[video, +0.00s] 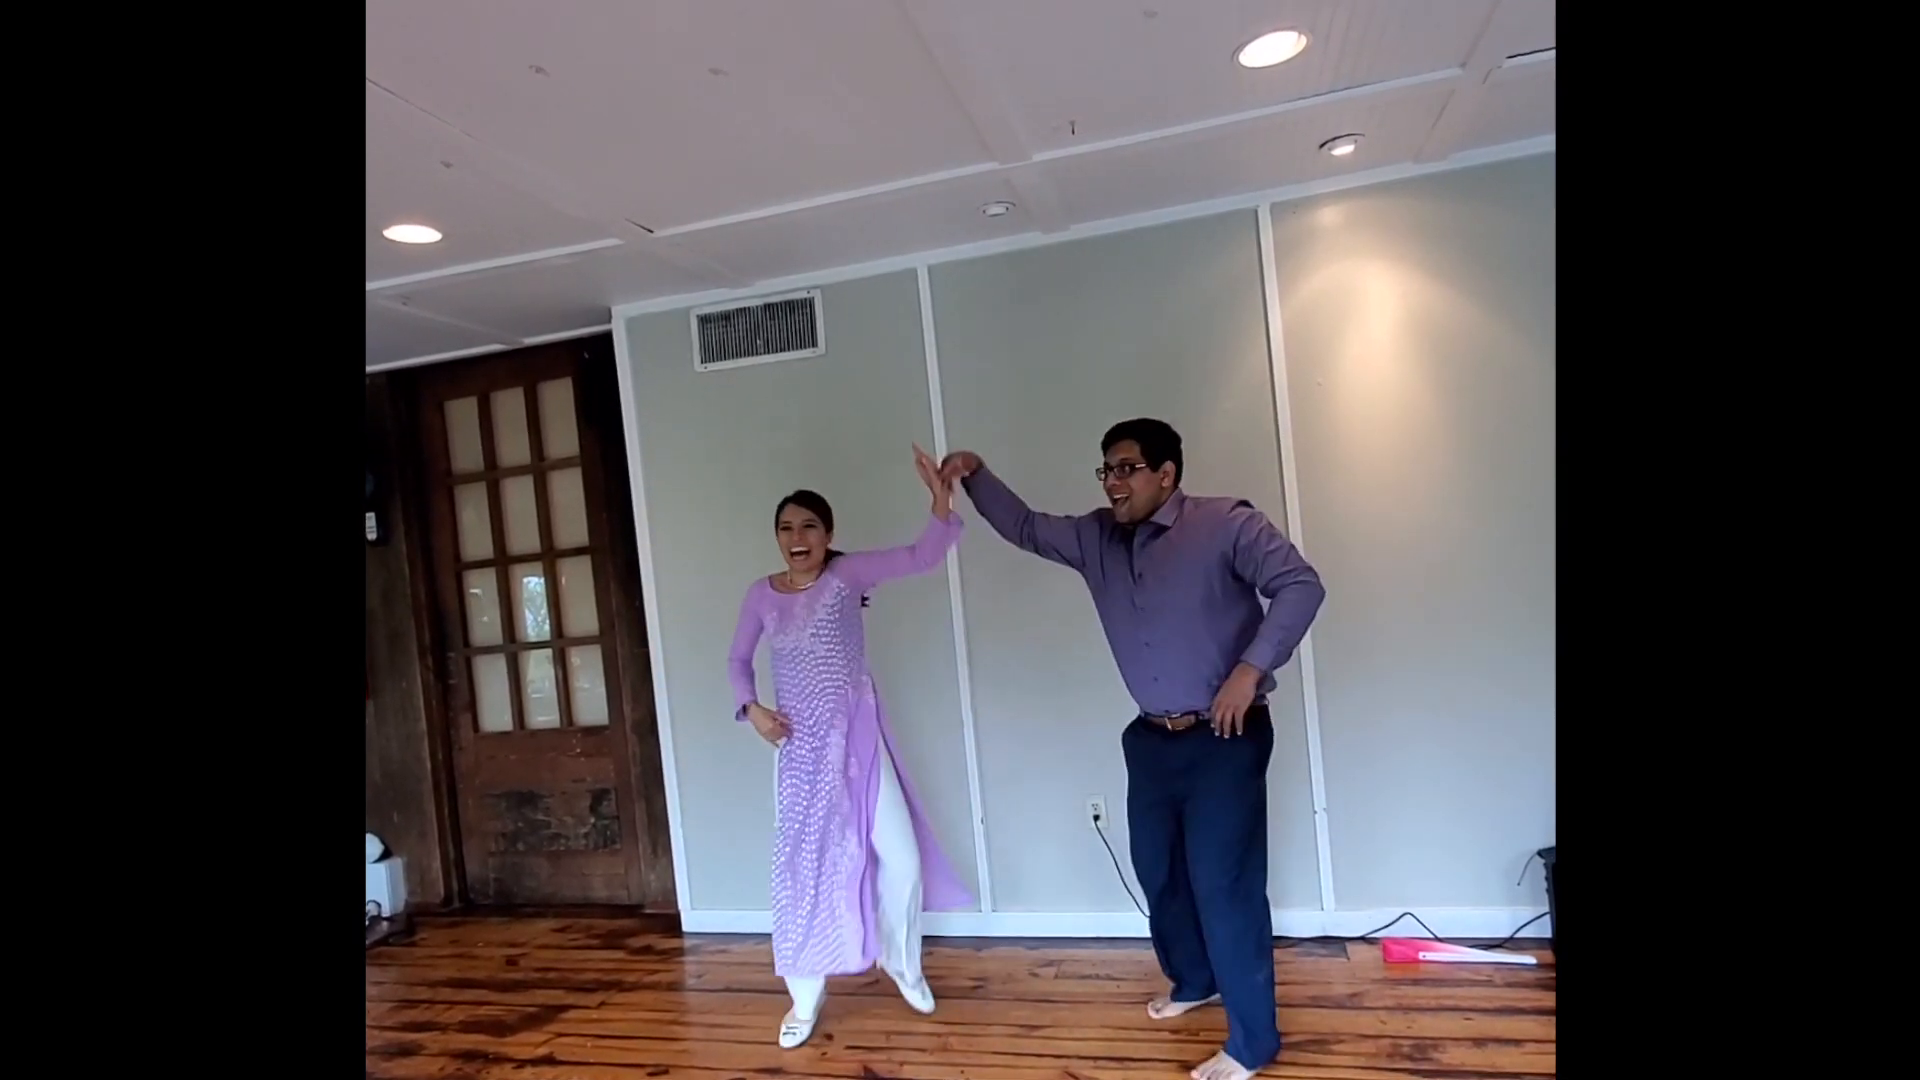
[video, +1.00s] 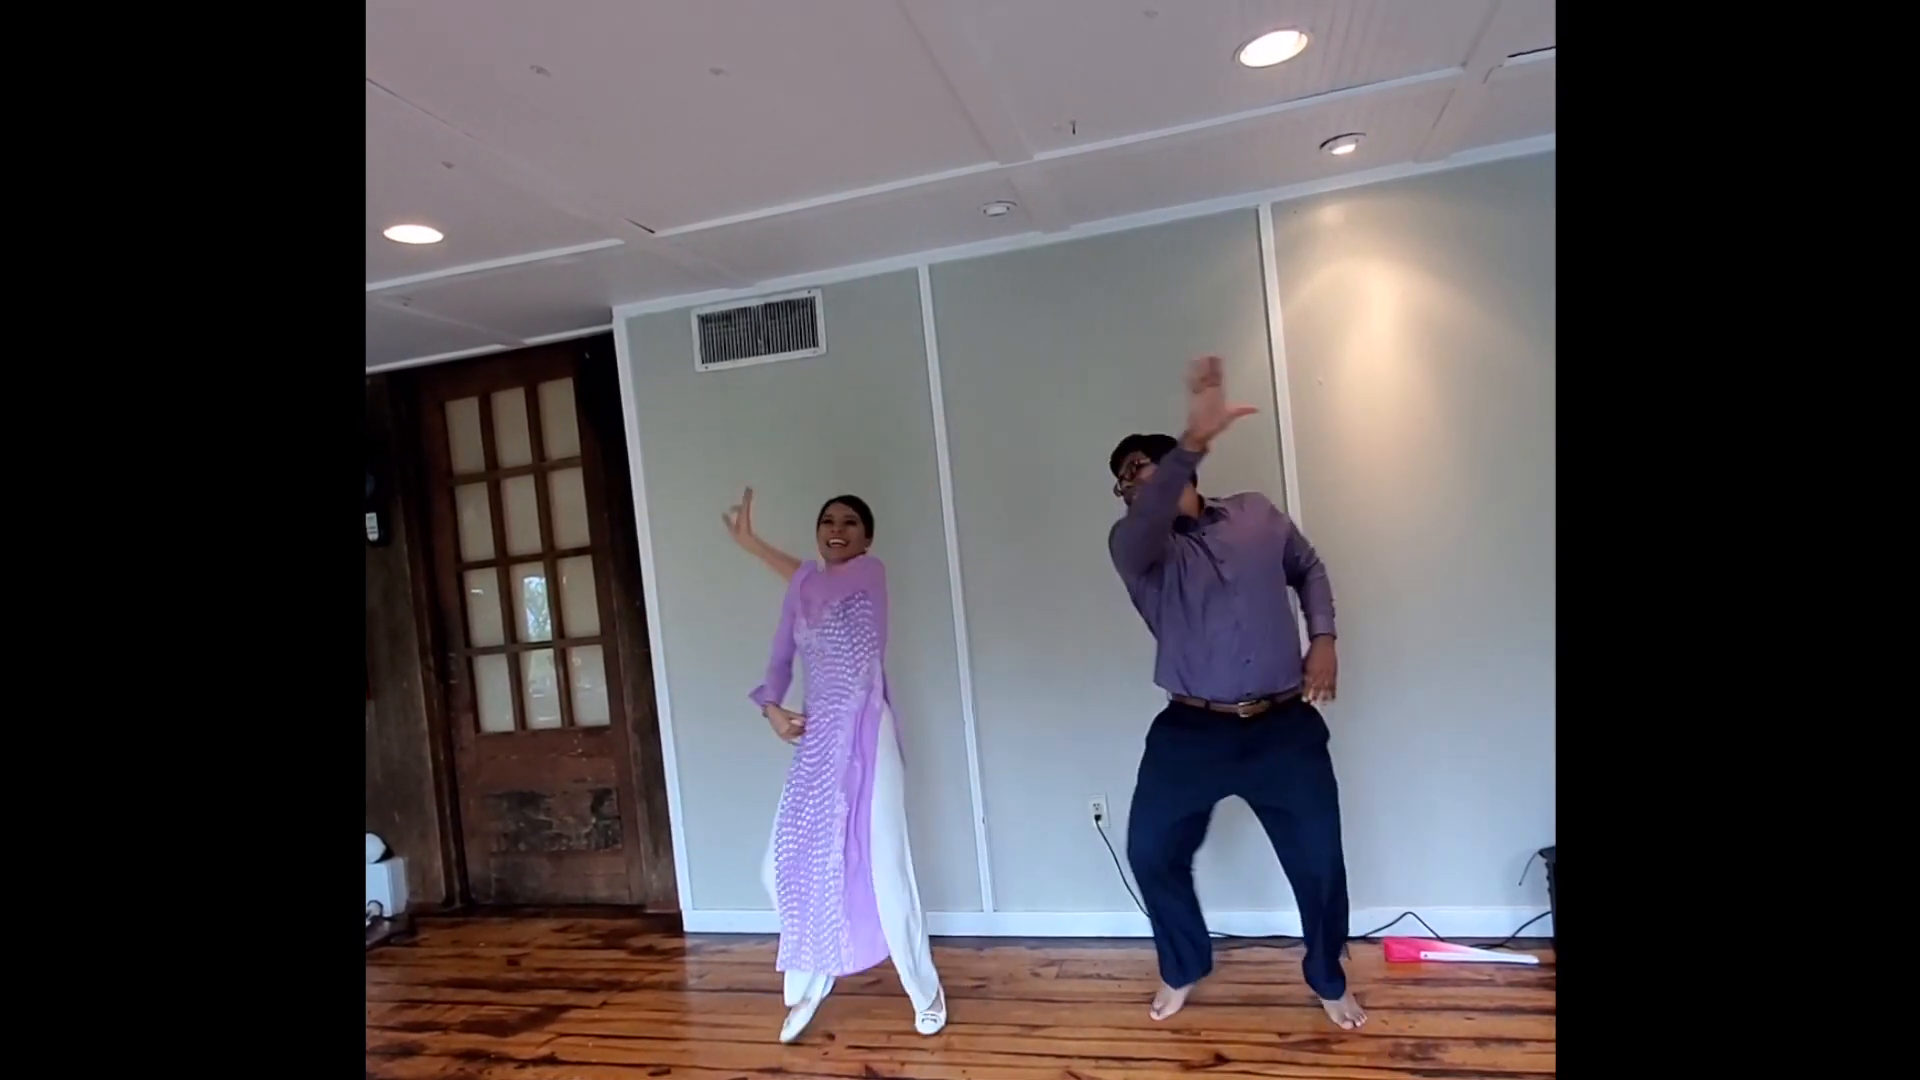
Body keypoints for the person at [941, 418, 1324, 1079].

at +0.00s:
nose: (1111, 482)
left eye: (1124, 469)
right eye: (1106, 471)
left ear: (1166, 473)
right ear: (1105, 477)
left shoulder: (1225, 524)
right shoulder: (1096, 538)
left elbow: (1299, 586)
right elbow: (1024, 525)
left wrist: (1250, 671)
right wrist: (975, 472)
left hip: (1224, 734)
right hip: (1152, 738)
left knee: (1222, 882)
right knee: (1159, 872)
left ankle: (1252, 1043)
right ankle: (1194, 979)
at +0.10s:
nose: (1107, 491)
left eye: (1122, 478)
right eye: (1103, 480)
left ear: (1162, 486)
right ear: (1102, 489)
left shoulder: (1226, 540)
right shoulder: (1092, 561)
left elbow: (1296, 605)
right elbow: (1014, 543)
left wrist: (1250, 682)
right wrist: (992, 471)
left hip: (1225, 738)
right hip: (1147, 745)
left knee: (1218, 869)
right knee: (1155, 873)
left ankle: (1233, 1009)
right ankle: (1197, 982)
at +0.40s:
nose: (1118, 477)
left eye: (1131, 466)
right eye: (1112, 470)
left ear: (1168, 476)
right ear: (1108, 484)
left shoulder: (1220, 523)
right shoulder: (1088, 533)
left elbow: (1279, 586)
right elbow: (1019, 503)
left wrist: (1261, 659)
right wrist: (958, 438)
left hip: (1235, 718)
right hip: (1148, 735)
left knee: (1303, 831)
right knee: (1168, 870)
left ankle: (1315, 968)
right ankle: (1203, 983)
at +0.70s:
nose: (1130, 480)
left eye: (1143, 470)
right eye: (1120, 476)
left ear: (1173, 483)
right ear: (1114, 498)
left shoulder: (1228, 545)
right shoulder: (1106, 565)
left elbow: (1277, 607)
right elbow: (1057, 531)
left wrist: (1289, 667)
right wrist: (1012, 470)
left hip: (1247, 736)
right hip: (1158, 750)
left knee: (1319, 852)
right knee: (1161, 878)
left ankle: (1362, 994)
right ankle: (1203, 987)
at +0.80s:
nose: (1134, 480)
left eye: (1147, 467)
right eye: (1123, 475)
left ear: (1178, 478)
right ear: (1119, 496)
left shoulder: (1230, 542)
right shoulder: (1116, 562)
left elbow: (1281, 601)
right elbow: (1088, 533)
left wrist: (1295, 664)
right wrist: (1068, 464)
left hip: (1256, 732)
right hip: (1166, 748)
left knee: (1327, 847)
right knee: (1167, 877)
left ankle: (1361, 987)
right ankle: (1201, 985)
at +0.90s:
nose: (1141, 467)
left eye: (1154, 455)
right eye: (1131, 463)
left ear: (1181, 466)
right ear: (1128, 483)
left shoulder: (1239, 526)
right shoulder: (1126, 552)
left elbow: (1288, 585)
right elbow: (1113, 518)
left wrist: (1304, 648)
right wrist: (1128, 443)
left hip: (1267, 725)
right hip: (1178, 737)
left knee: (1325, 856)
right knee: (1179, 872)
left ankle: (1342, 976)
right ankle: (1195, 985)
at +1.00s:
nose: (1144, 481)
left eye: (1151, 468)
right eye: (1131, 478)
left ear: (1184, 467)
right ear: (1127, 496)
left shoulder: (1256, 515)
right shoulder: (1135, 551)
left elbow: (1308, 570)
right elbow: (1150, 511)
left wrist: (1324, 641)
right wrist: (1192, 444)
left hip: (1284, 722)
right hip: (1191, 728)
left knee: (1320, 862)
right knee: (1151, 852)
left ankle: (1328, 979)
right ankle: (1185, 962)